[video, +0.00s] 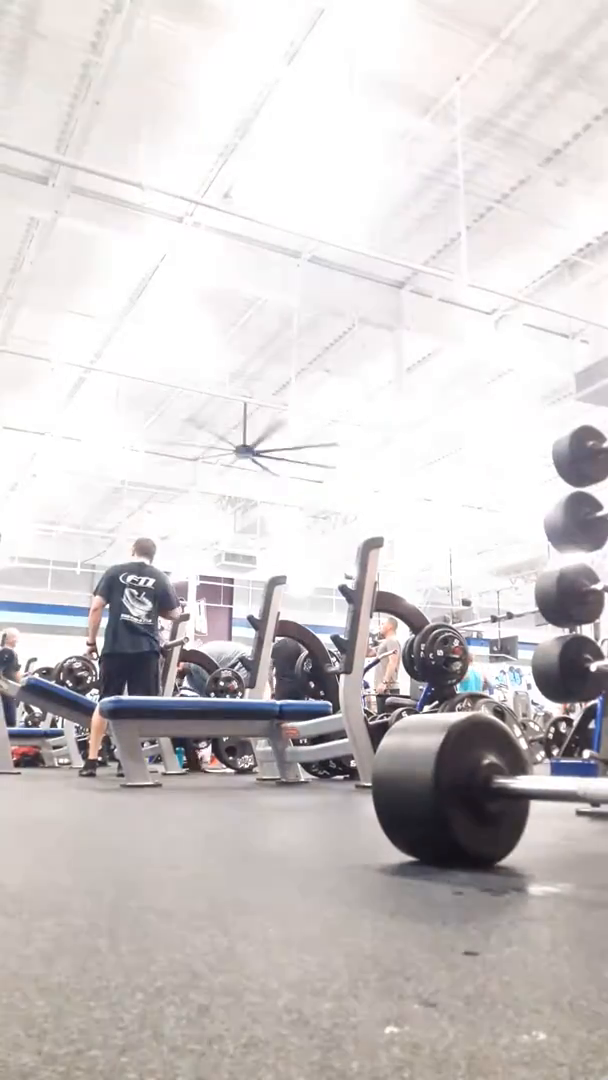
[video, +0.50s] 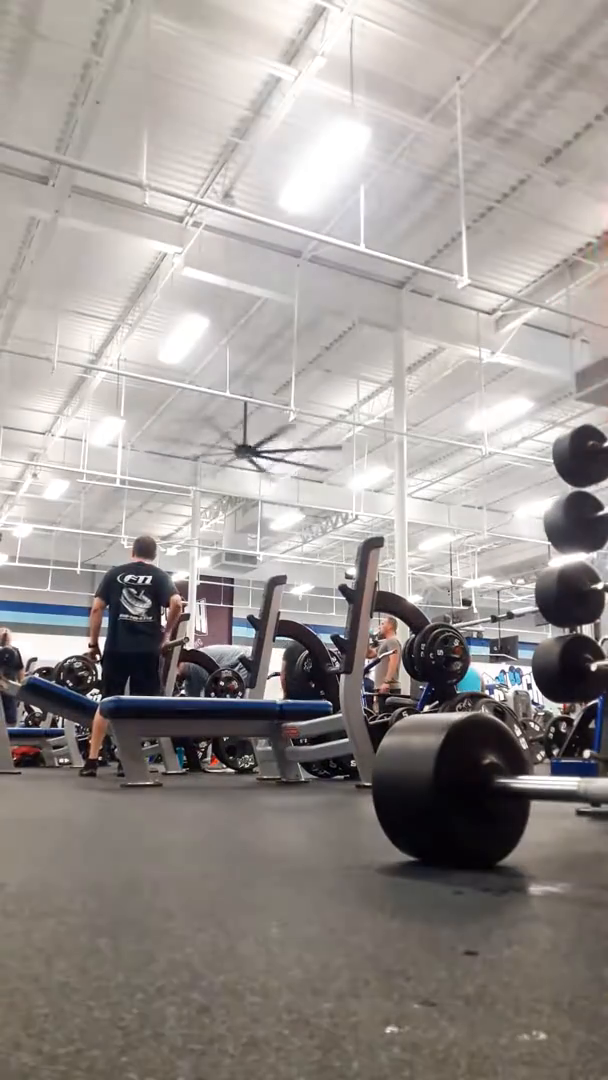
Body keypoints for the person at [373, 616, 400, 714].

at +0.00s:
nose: (381, 626)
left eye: (383, 624)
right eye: (381, 624)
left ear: (390, 626)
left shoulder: (392, 642)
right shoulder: (384, 643)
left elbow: (393, 662)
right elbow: (369, 653)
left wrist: (385, 682)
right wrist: (365, 639)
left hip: (388, 689)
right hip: (382, 688)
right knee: (382, 720)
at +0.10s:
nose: (381, 626)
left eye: (383, 624)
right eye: (381, 624)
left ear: (390, 626)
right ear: (389, 627)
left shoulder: (392, 642)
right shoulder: (385, 643)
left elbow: (394, 662)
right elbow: (369, 652)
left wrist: (386, 682)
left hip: (388, 689)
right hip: (382, 688)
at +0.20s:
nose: (381, 626)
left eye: (383, 624)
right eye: (381, 624)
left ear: (390, 626)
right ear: (389, 627)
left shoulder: (392, 642)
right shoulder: (385, 643)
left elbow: (394, 662)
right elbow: (370, 652)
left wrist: (387, 682)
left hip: (388, 689)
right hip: (381, 688)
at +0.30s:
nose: (381, 626)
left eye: (383, 623)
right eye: (381, 624)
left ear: (390, 626)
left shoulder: (392, 642)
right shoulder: (384, 643)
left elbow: (394, 663)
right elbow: (369, 653)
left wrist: (387, 683)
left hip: (388, 689)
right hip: (382, 689)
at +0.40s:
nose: (380, 626)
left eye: (383, 624)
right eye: (381, 624)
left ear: (390, 626)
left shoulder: (392, 642)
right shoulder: (385, 643)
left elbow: (394, 662)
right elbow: (370, 653)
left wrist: (387, 682)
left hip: (388, 688)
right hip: (382, 688)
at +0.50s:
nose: (380, 626)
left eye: (383, 623)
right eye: (381, 623)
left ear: (390, 626)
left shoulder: (392, 641)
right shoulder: (385, 642)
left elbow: (394, 662)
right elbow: (370, 654)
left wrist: (387, 682)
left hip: (388, 688)